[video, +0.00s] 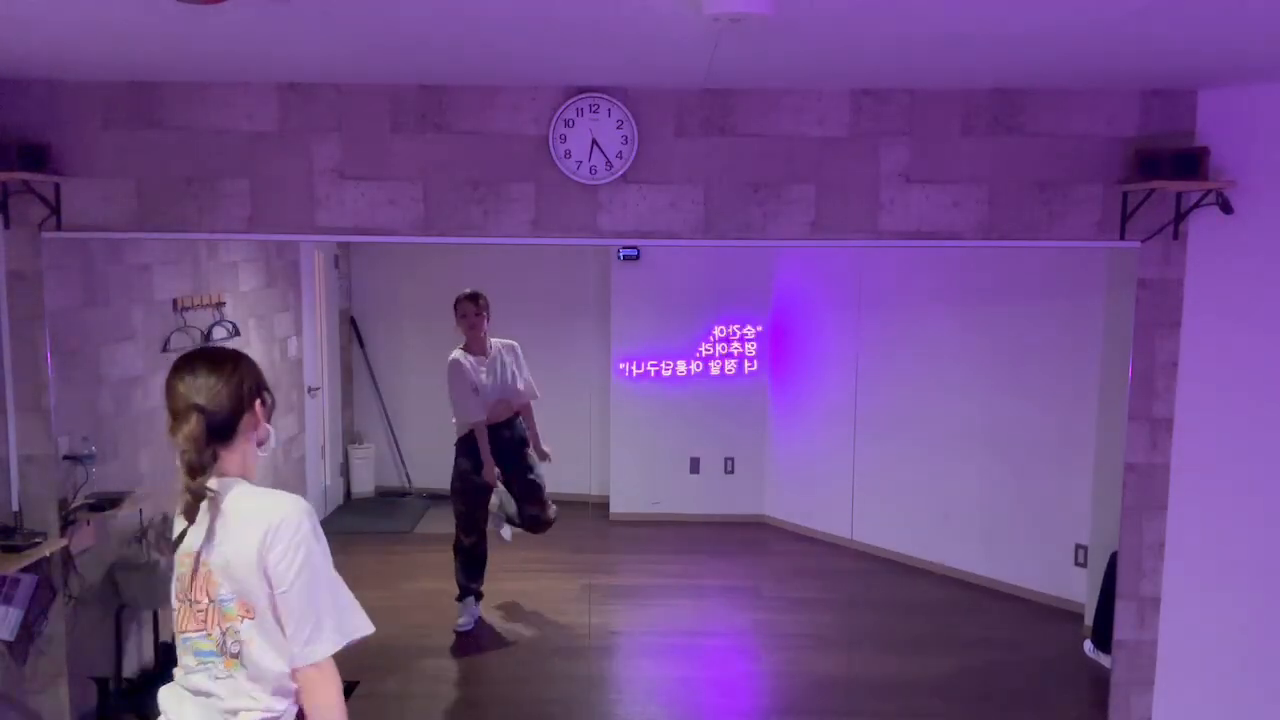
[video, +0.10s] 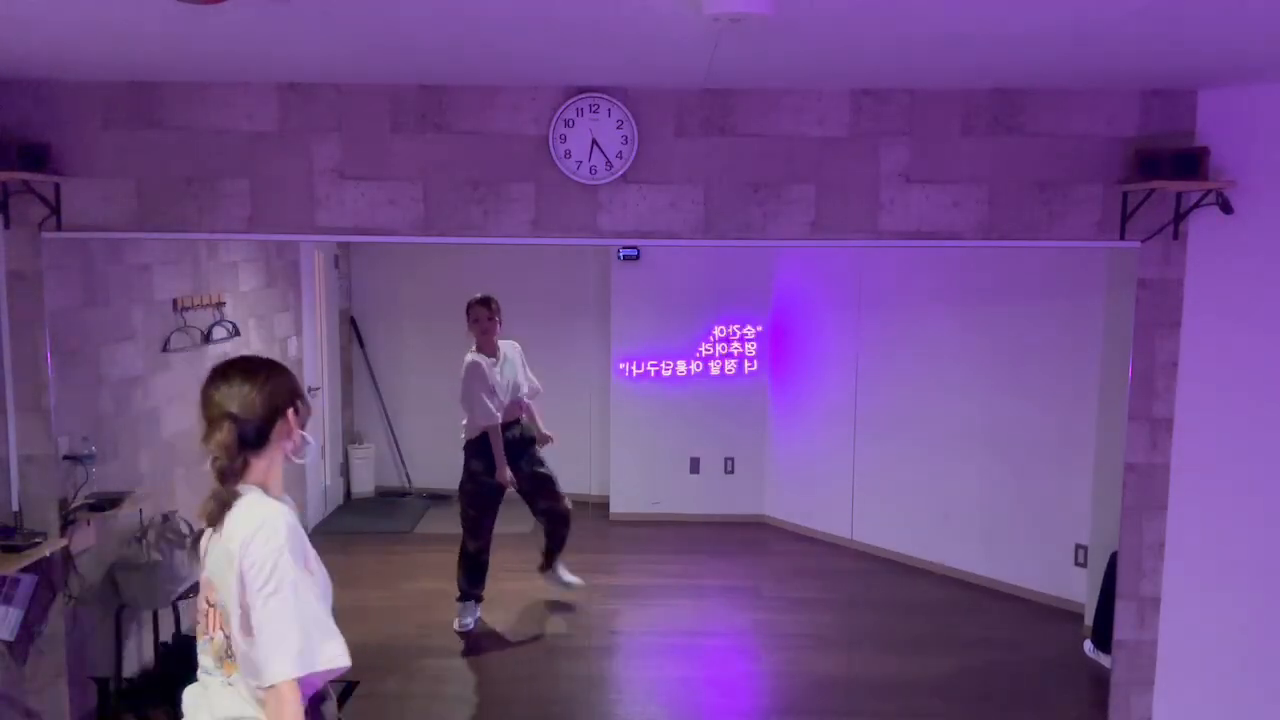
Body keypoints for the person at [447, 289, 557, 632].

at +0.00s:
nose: (471, 321)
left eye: (476, 314)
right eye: (463, 317)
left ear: (487, 318)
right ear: (457, 323)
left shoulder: (509, 350)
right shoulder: (458, 363)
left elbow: (524, 399)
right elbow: (473, 418)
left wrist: (536, 444)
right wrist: (487, 462)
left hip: (511, 437)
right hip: (474, 444)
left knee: (540, 519)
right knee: (469, 525)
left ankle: (502, 512)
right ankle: (469, 600)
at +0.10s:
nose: (483, 326)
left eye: (488, 318)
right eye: (475, 321)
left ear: (499, 321)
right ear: (468, 327)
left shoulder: (513, 350)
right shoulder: (474, 365)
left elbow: (523, 395)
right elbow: (488, 419)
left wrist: (539, 428)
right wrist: (500, 464)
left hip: (518, 441)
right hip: (483, 448)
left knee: (557, 511)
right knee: (477, 528)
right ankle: (469, 601)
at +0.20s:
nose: (499, 343)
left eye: (504, 337)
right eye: (492, 338)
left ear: (513, 338)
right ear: (484, 341)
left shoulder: (519, 361)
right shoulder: (489, 381)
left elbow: (528, 402)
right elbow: (505, 437)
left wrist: (543, 422)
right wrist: (533, 477)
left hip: (527, 452)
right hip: (497, 460)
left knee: (565, 517)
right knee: (482, 534)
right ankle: (469, 606)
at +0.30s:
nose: (516, 367)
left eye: (521, 360)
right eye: (509, 361)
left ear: (529, 360)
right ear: (500, 364)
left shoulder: (532, 379)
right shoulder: (505, 407)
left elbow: (533, 416)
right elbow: (520, 464)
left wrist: (557, 420)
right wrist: (561, 484)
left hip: (539, 472)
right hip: (510, 480)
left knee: (599, 527)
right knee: (493, 545)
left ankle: (613, 592)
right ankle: (470, 607)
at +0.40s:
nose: (532, 389)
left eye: (536, 382)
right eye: (524, 383)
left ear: (542, 382)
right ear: (514, 387)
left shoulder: (544, 399)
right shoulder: (515, 428)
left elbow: (544, 428)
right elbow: (529, 485)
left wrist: (573, 421)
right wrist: (582, 487)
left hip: (554, 488)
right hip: (521, 500)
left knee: (621, 530)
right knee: (493, 559)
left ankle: (618, 596)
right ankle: (470, 608)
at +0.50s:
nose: (538, 407)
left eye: (543, 400)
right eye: (531, 400)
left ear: (551, 399)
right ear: (521, 401)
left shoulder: (552, 412)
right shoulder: (519, 444)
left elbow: (558, 437)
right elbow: (534, 499)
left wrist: (591, 422)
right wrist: (583, 484)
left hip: (564, 503)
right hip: (528, 512)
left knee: (633, 533)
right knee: (489, 567)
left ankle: (618, 597)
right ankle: (471, 607)